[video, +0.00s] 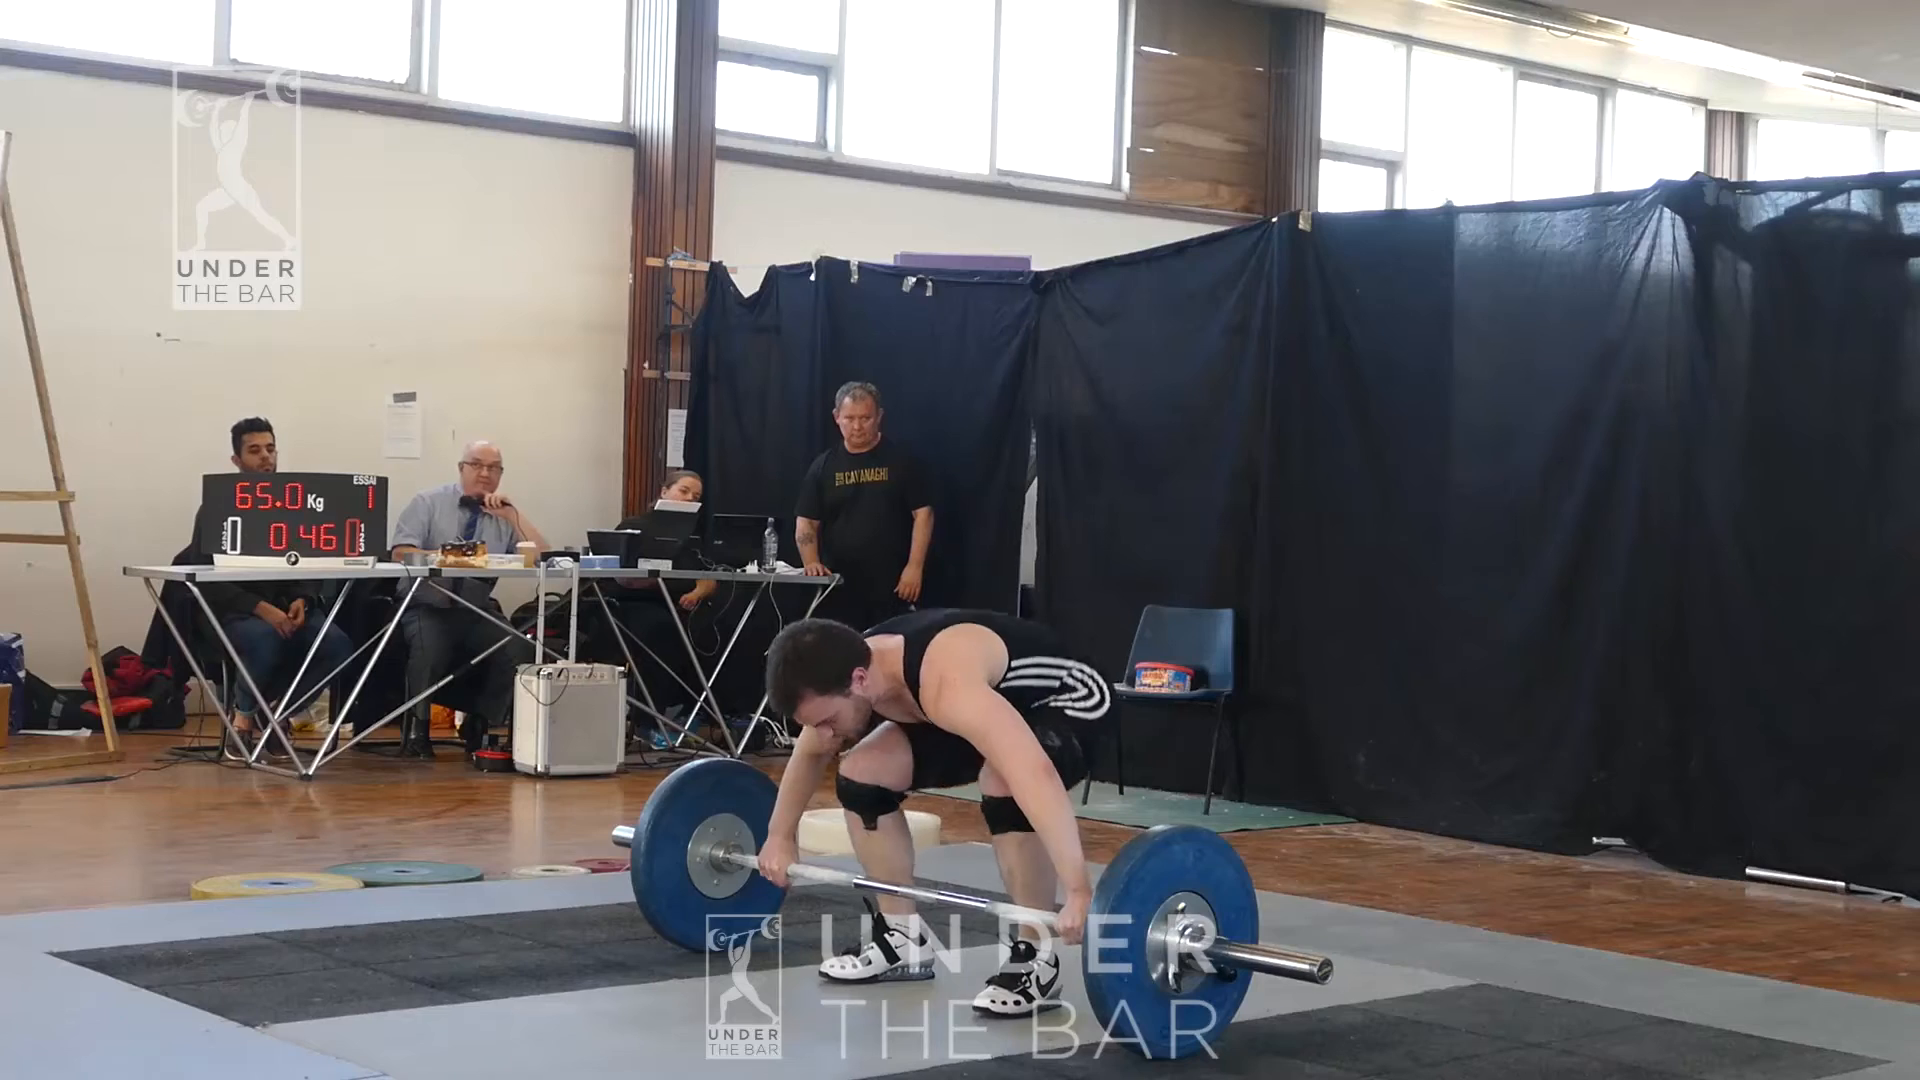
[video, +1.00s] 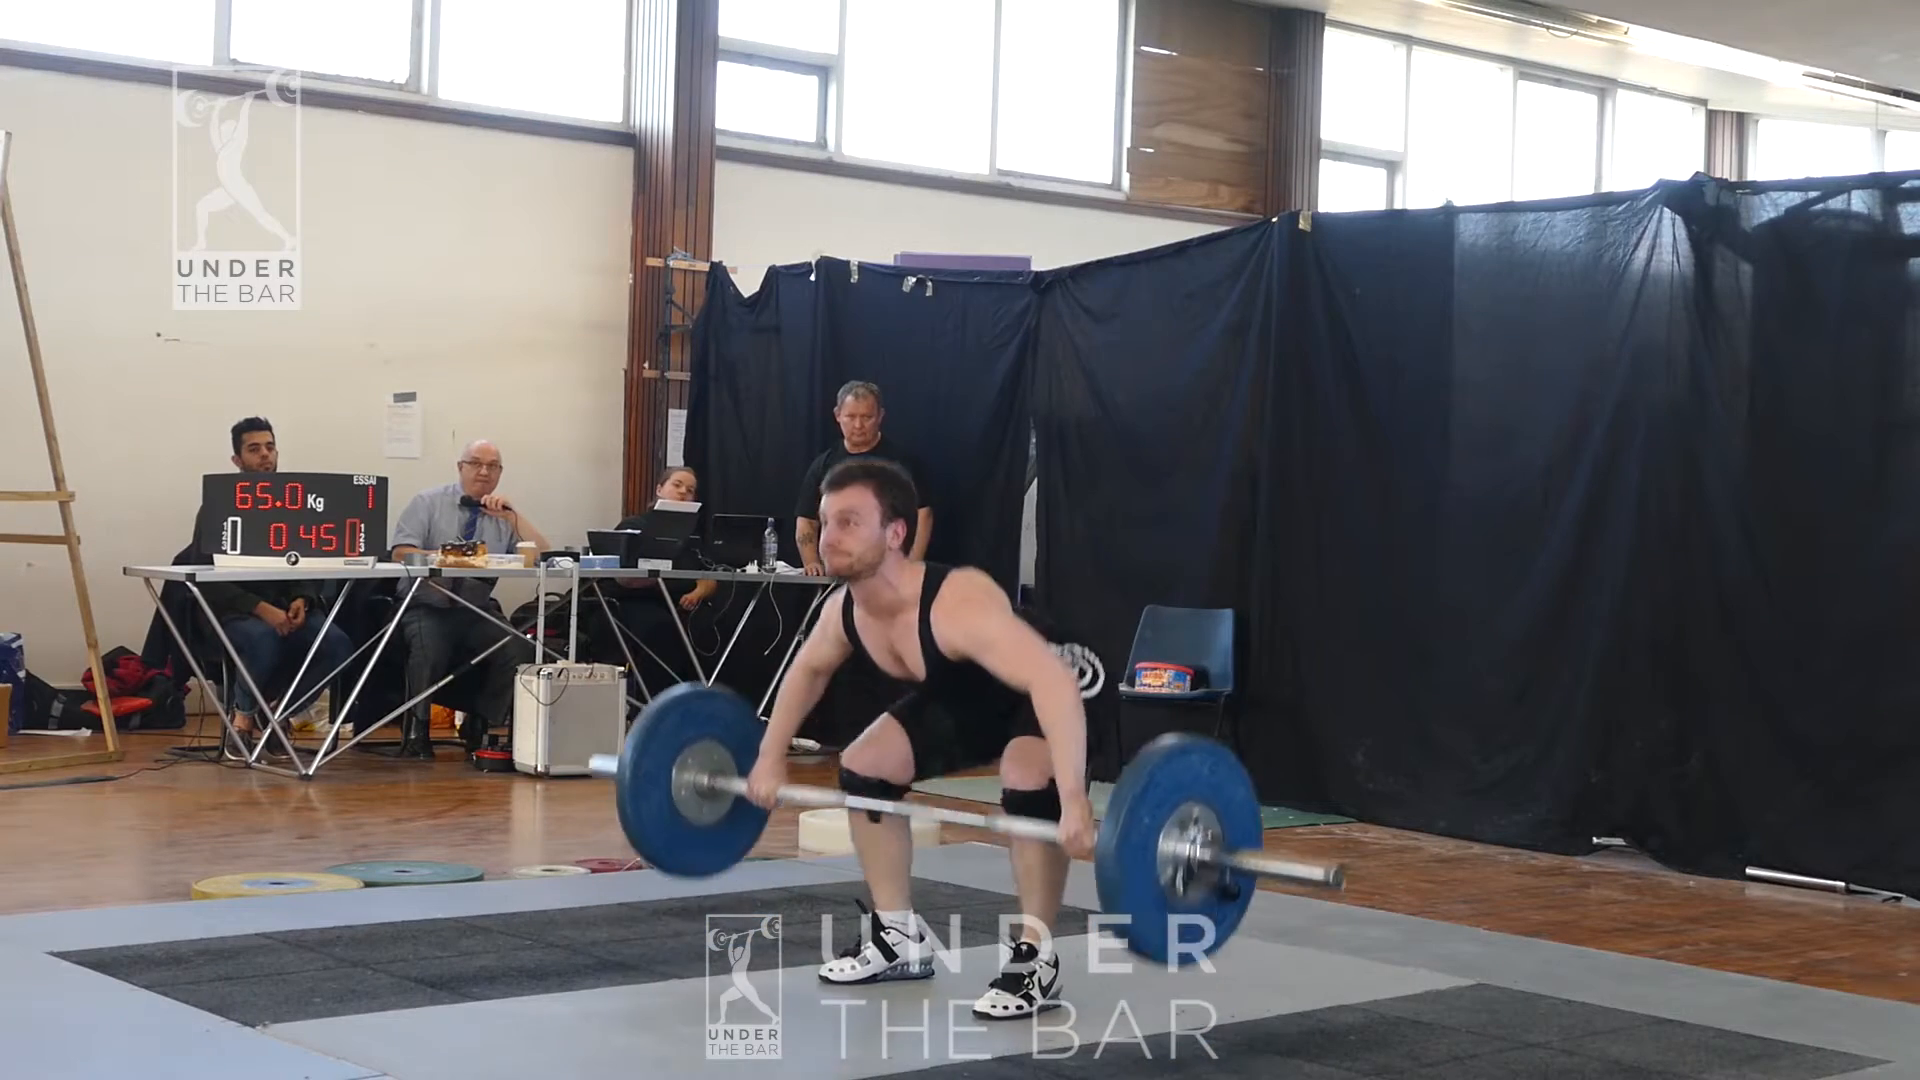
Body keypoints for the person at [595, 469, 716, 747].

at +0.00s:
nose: (688, 498)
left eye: (694, 496)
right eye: (684, 490)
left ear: (698, 504)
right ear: (664, 491)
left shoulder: (696, 535)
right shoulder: (633, 525)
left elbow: (710, 579)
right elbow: (608, 560)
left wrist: (696, 594)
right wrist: (630, 579)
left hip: (674, 606)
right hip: (630, 602)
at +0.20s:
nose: (688, 498)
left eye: (695, 496)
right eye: (684, 490)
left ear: (698, 504)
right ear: (665, 491)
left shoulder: (697, 535)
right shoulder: (634, 525)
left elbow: (710, 578)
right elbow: (607, 558)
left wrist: (696, 594)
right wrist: (627, 578)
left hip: (674, 606)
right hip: (631, 602)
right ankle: (647, 721)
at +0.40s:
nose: (688, 498)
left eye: (694, 496)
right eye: (683, 490)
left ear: (698, 504)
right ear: (664, 491)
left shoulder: (696, 535)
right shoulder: (633, 525)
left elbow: (710, 579)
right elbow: (607, 559)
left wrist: (697, 594)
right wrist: (628, 579)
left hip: (676, 606)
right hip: (633, 603)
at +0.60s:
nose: (688, 498)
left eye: (694, 496)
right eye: (683, 490)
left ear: (698, 503)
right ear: (665, 491)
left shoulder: (696, 536)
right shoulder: (633, 525)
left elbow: (710, 579)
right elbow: (607, 559)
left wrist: (696, 594)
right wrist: (628, 579)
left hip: (674, 606)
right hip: (632, 603)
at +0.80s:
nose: (687, 496)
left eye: (694, 494)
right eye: (682, 489)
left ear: (697, 503)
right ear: (664, 491)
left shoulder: (696, 536)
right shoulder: (633, 525)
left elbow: (710, 579)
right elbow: (608, 560)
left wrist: (696, 594)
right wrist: (628, 579)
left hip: (674, 606)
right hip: (631, 604)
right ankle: (648, 722)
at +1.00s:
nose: (683, 492)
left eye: (690, 489)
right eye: (677, 485)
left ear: (694, 498)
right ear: (660, 489)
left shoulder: (694, 533)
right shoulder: (633, 525)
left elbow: (711, 578)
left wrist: (697, 594)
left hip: (678, 609)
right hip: (634, 606)